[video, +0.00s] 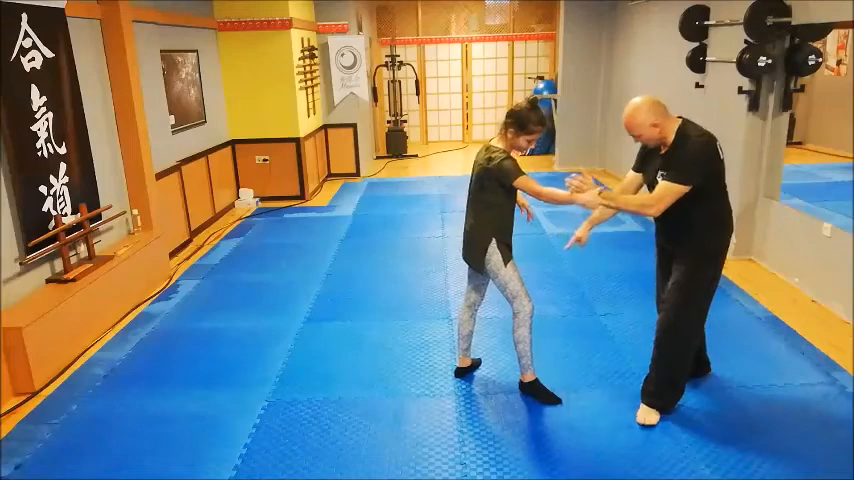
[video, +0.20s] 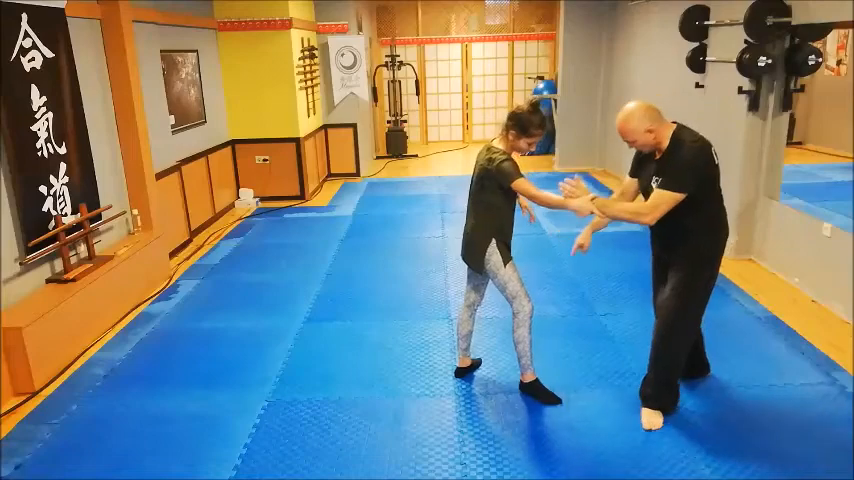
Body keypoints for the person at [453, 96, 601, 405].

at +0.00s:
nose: (531, 146)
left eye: (534, 141)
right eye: (528, 141)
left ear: (511, 130)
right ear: (511, 131)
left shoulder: (489, 150)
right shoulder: (503, 163)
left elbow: (499, 181)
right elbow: (541, 193)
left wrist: (517, 199)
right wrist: (580, 198)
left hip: (475, 238)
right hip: (490, 243)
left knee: (472, 301)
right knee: (522, 306)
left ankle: (463, 361)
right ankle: (528, 378)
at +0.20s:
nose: (531, 148)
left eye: (534, 144)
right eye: (529, 143)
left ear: (512, 132)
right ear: (512, 134)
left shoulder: (491, 148)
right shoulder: (503, 163)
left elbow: (502, 181)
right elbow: (537, 197)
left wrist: (520, 199)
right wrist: (573, 205)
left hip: (476, 238)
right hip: (489, 244)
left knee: (471, 302)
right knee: (522, 306)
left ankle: (463, 361)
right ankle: (528, 379)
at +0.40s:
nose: (531, 151)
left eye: (534, 146)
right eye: (527, 146)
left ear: (537, 136)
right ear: (511, 137)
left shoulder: (503, 153)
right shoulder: (503, 166)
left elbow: (519, 192)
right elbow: (532, 202)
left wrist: (536, 209)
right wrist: (566, 210)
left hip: (490, 239)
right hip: (495, 244)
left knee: (486, 303)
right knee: (525, 308)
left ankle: (466, 361)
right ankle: (527, 379)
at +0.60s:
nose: (526, 155)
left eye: (531, 149)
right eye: (520, 149)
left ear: (537, 140)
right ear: (506, 139)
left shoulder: (526, 157)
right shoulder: (499, 169)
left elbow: (532, 190)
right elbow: (522, 208)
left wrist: (556, 207)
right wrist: (556, 221)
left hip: (523, 237)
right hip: (502, 242)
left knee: (534, 294)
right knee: (524, 306)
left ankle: (490, 339)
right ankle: (527, 379)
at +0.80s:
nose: (520, 160)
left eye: (525, 153)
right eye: (513, 155)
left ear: (532, 145)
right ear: (502, 149)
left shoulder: (538, 159)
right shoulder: (496, 172)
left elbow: (547, 193)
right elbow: (514, 215)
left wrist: (550, 217)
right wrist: (539, 228)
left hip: (534, 231)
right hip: (504, 238)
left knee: (545, 296)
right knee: (518, 309)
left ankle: (543, 347)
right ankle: (523, 378)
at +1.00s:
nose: (514, 170)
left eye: (518, 163)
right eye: (506, 166)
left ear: (526, 151)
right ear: (496, 160)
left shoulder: (542, 158)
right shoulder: (489, 176)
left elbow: (554, 203)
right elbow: (502, 220)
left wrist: (540, 227)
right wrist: (528, 239)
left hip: (545, 236)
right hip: (508, 241)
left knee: (551, 298)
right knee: (513, 311)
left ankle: (550, 343)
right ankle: (521, 377)